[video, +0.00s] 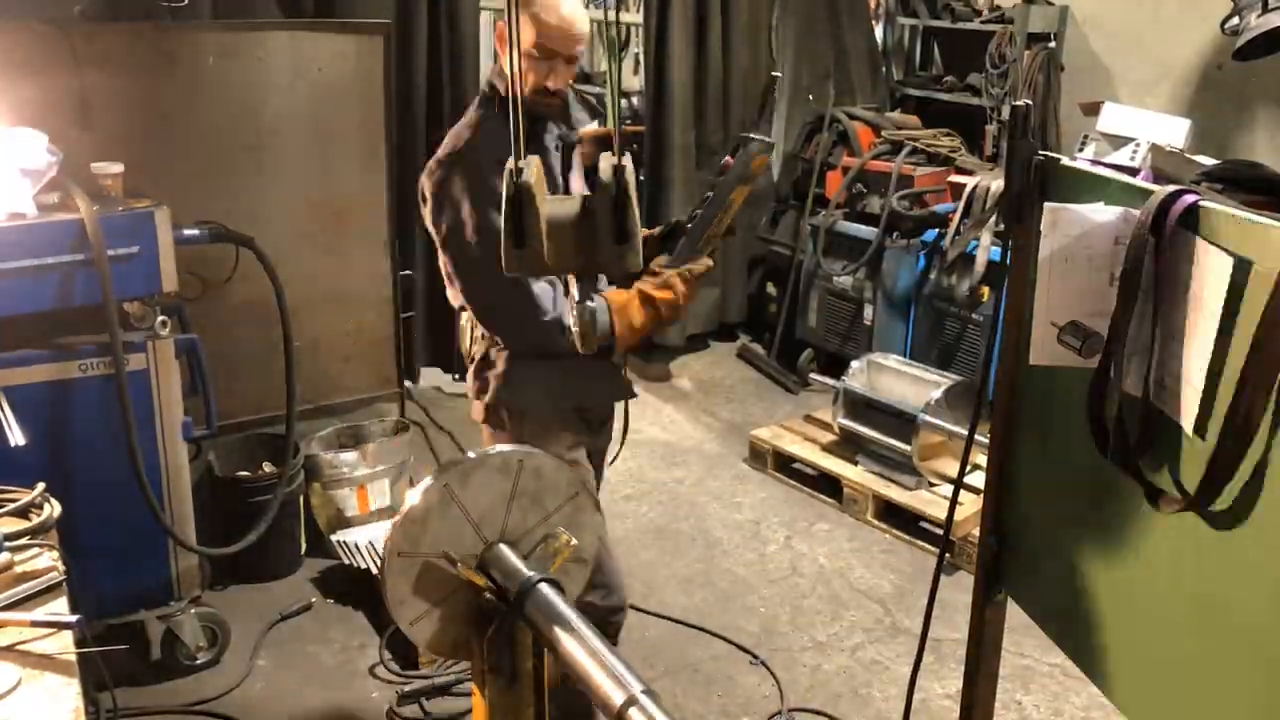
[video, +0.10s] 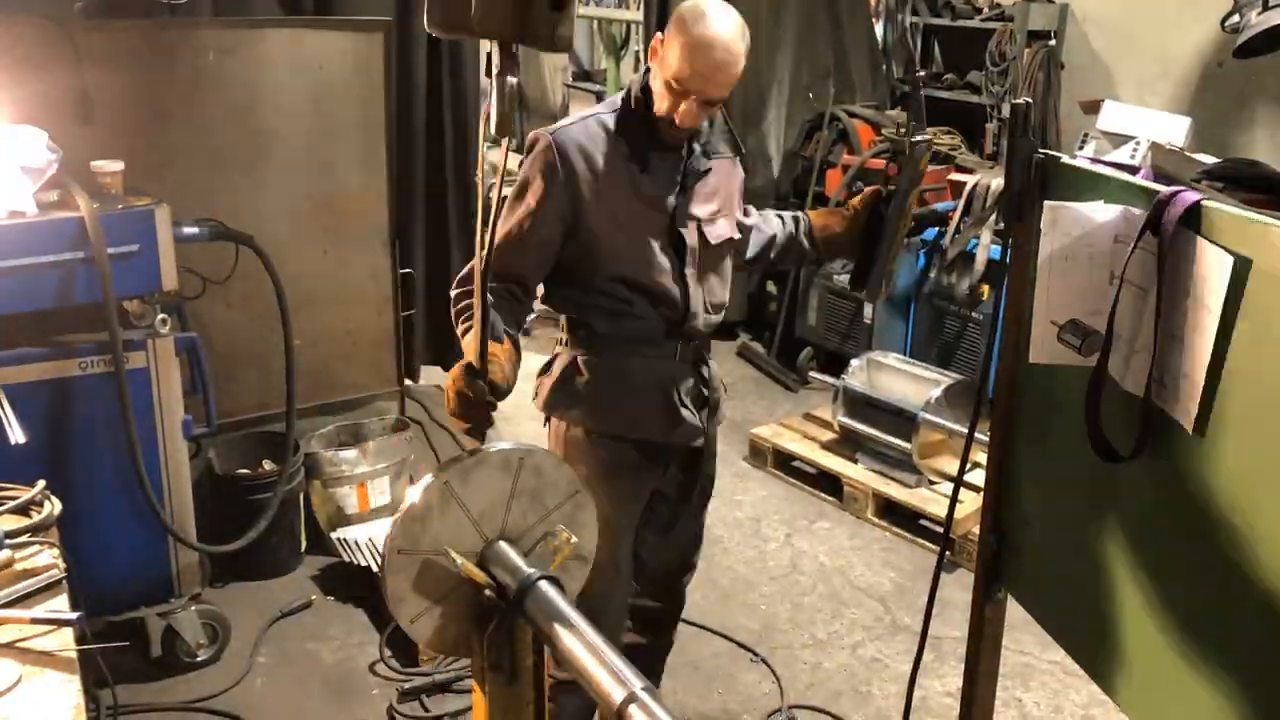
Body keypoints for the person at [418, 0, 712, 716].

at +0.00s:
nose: (559, 79)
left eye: (573, 62)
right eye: (544, 59)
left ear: (587, 51)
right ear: (502, 43)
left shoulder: (584, 122)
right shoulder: (462, 164)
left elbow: (605, 254)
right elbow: (499, 309)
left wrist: (656, 268)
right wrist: (613, 313)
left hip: (590, 389)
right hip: (525, 398)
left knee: (548, 573)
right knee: (600, 597)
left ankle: (521, 694)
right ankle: (578, 709)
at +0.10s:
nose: (688, 116)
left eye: (711, 102)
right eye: (677, 91)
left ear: (732, 84)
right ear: (653, 54)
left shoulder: (719, 152)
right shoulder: (570, 151)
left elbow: (732, 237)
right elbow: (500, 279)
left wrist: (832, 230)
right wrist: (490, 360)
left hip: (690, 413)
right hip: (599, 415)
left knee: (658, 599)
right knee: (593, 604)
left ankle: (634, 710)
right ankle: (571, 710)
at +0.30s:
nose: (589, 68)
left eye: (591, 53)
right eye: (586, 52)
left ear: (544, 52)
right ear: (547, 53)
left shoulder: (549, 134)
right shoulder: (423, 142)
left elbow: (565, 222)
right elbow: (362, 302)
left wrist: (650, 243)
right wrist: (430, 407)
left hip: (544, 380)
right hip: (458, 394)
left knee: (549, 544)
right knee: (437, 563)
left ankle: (546, 681)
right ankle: (408, 703)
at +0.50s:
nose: (591, 394)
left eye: (606, 381)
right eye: (571, 375)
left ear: (658, 327)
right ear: (551, 300)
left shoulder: (743, 373)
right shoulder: (588, 203)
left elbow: (677, 544)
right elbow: (566, 323)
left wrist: (572, 633)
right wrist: (524, 410)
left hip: (750, 440)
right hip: (654, 416)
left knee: (710, 642)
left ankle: (699, 708)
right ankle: (627, 690)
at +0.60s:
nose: (493, 381)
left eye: (479, 370)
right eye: (479, 376)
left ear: (488, 337)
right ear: (491, 329)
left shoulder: (560, 310)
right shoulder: (547, 322)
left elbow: (658, 396)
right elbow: (599, 428)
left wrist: (651, 485)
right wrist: (595, 515)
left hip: (759, 374)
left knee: (674, 540)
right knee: (658, 525)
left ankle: (680, 689)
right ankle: (659, 634)